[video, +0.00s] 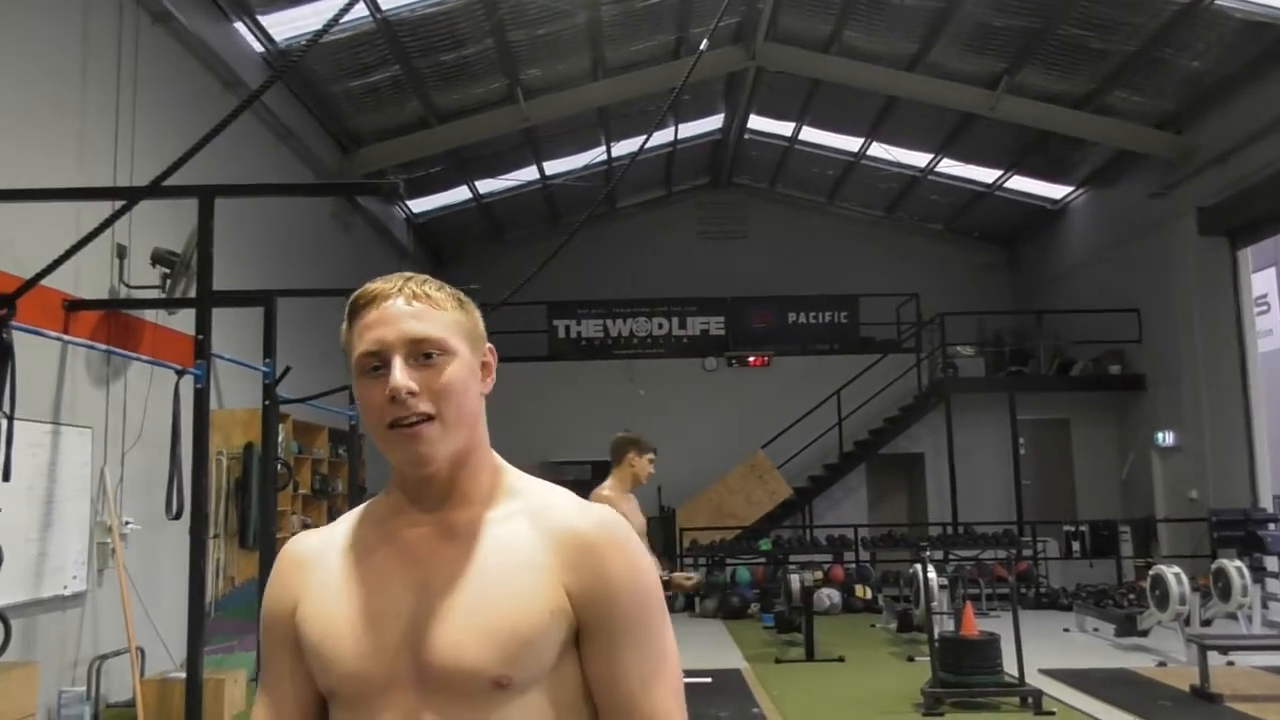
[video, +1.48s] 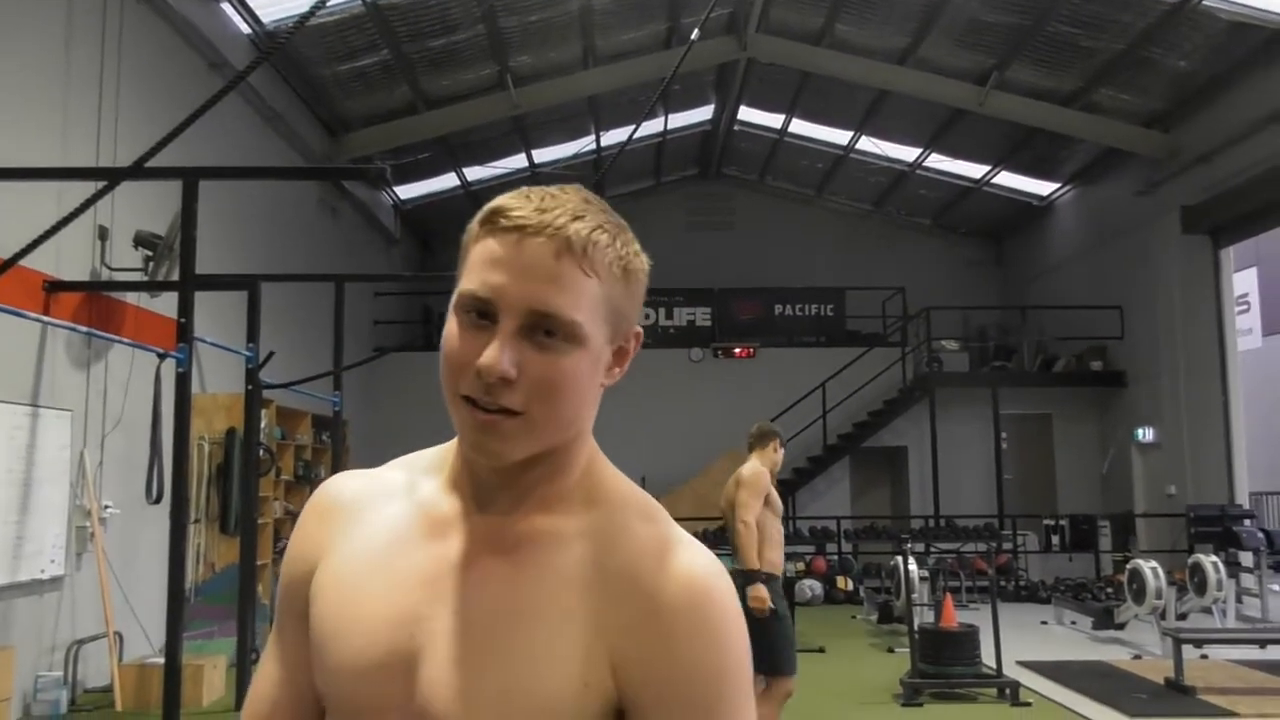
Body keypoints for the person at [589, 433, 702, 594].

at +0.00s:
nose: (652, 471)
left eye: (653, 464)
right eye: (650, 462)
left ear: (632, 461)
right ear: (632, 460)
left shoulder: (630, 499)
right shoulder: (603, 498)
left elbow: (643, 548)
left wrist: (663, 576)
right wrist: (666, 581)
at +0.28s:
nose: (695, 472)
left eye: (696, 465)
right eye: (693, 464)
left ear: (673, 464)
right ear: (675, 462)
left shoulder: (664, 499)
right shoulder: (657, 505)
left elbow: (685, 554)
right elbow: (674, 572)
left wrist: (714, 574)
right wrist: (725, 574)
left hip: (677, 603)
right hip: (670, 606)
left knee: (683, 686)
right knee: (682, 693)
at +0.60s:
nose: (727, 478)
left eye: (728, 471)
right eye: (725, 470)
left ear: (707, 466)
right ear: (710, 466)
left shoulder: (679, 500)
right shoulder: (697, 508)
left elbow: (710, 566)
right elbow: (718, 573)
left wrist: (750, 575)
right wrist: (759, 577)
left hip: (692, 602)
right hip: (704, 607)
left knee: (711, 687)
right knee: (715, 692)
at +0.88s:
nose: (743, 475)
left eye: (746, 469)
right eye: (745, 467)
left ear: (719, 456)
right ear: (735, 459)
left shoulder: (689, 491)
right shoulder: (720, 497)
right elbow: (736, 564)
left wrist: (755, 575)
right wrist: (771, 576)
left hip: (699, 594)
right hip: (722, 599)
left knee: (713, 670)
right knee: (742, 676)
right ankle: (748, 713)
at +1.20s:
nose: (764, 463)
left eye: (764, 456)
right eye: (764, 456)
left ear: (734, 451)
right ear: (755, 450)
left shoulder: (719, 485)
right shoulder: (739, 484)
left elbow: (721, 545)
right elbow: (740, 545)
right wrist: (754, 600)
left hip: (731, 592)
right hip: (749, 595)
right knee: (754, 680)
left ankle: (745, 710)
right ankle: (751, 711)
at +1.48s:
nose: (782, 460)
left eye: (782, 453)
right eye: (782, 452)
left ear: (753, 446)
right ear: (775, 447)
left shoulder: (741, 476)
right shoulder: (756, 473)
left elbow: (740, 531)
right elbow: (744, 524)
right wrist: (754, 579)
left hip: (749, 581)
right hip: (763, 583)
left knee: (757, 680)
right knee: (782, 685)